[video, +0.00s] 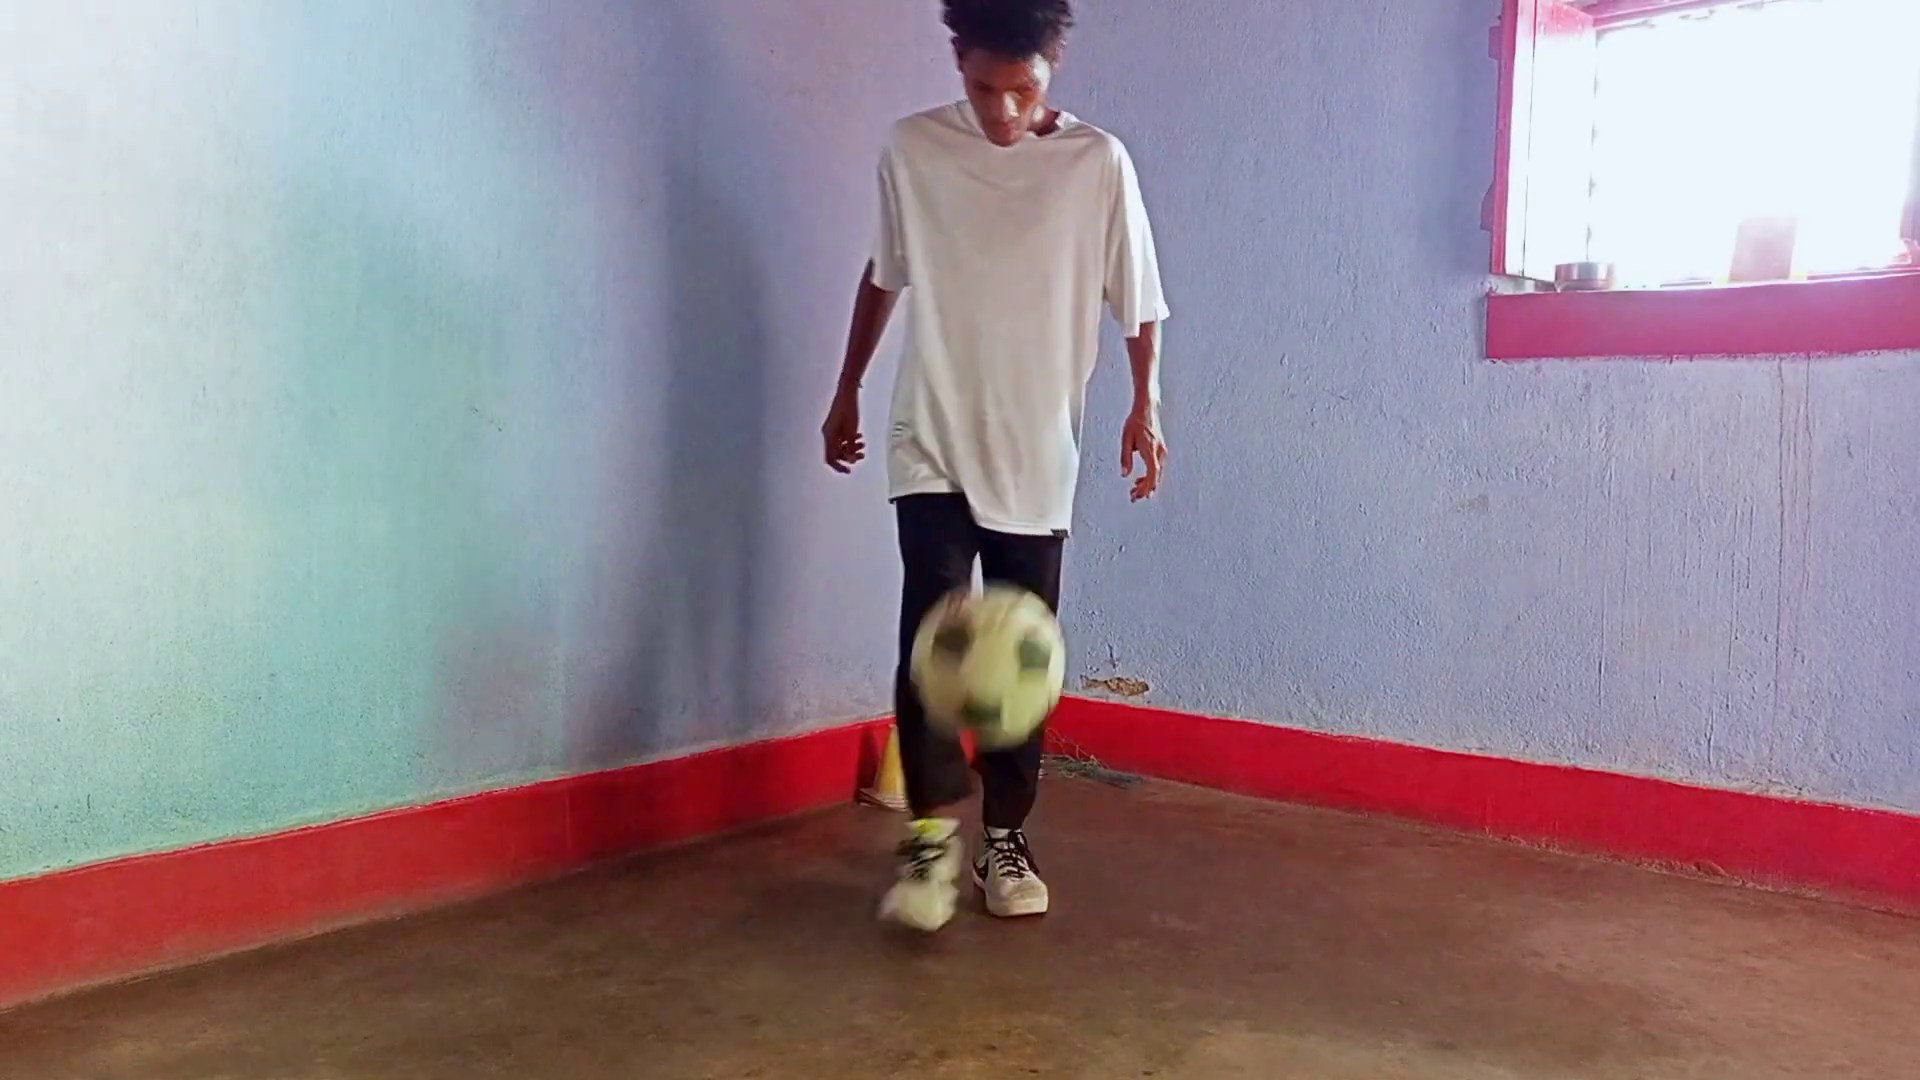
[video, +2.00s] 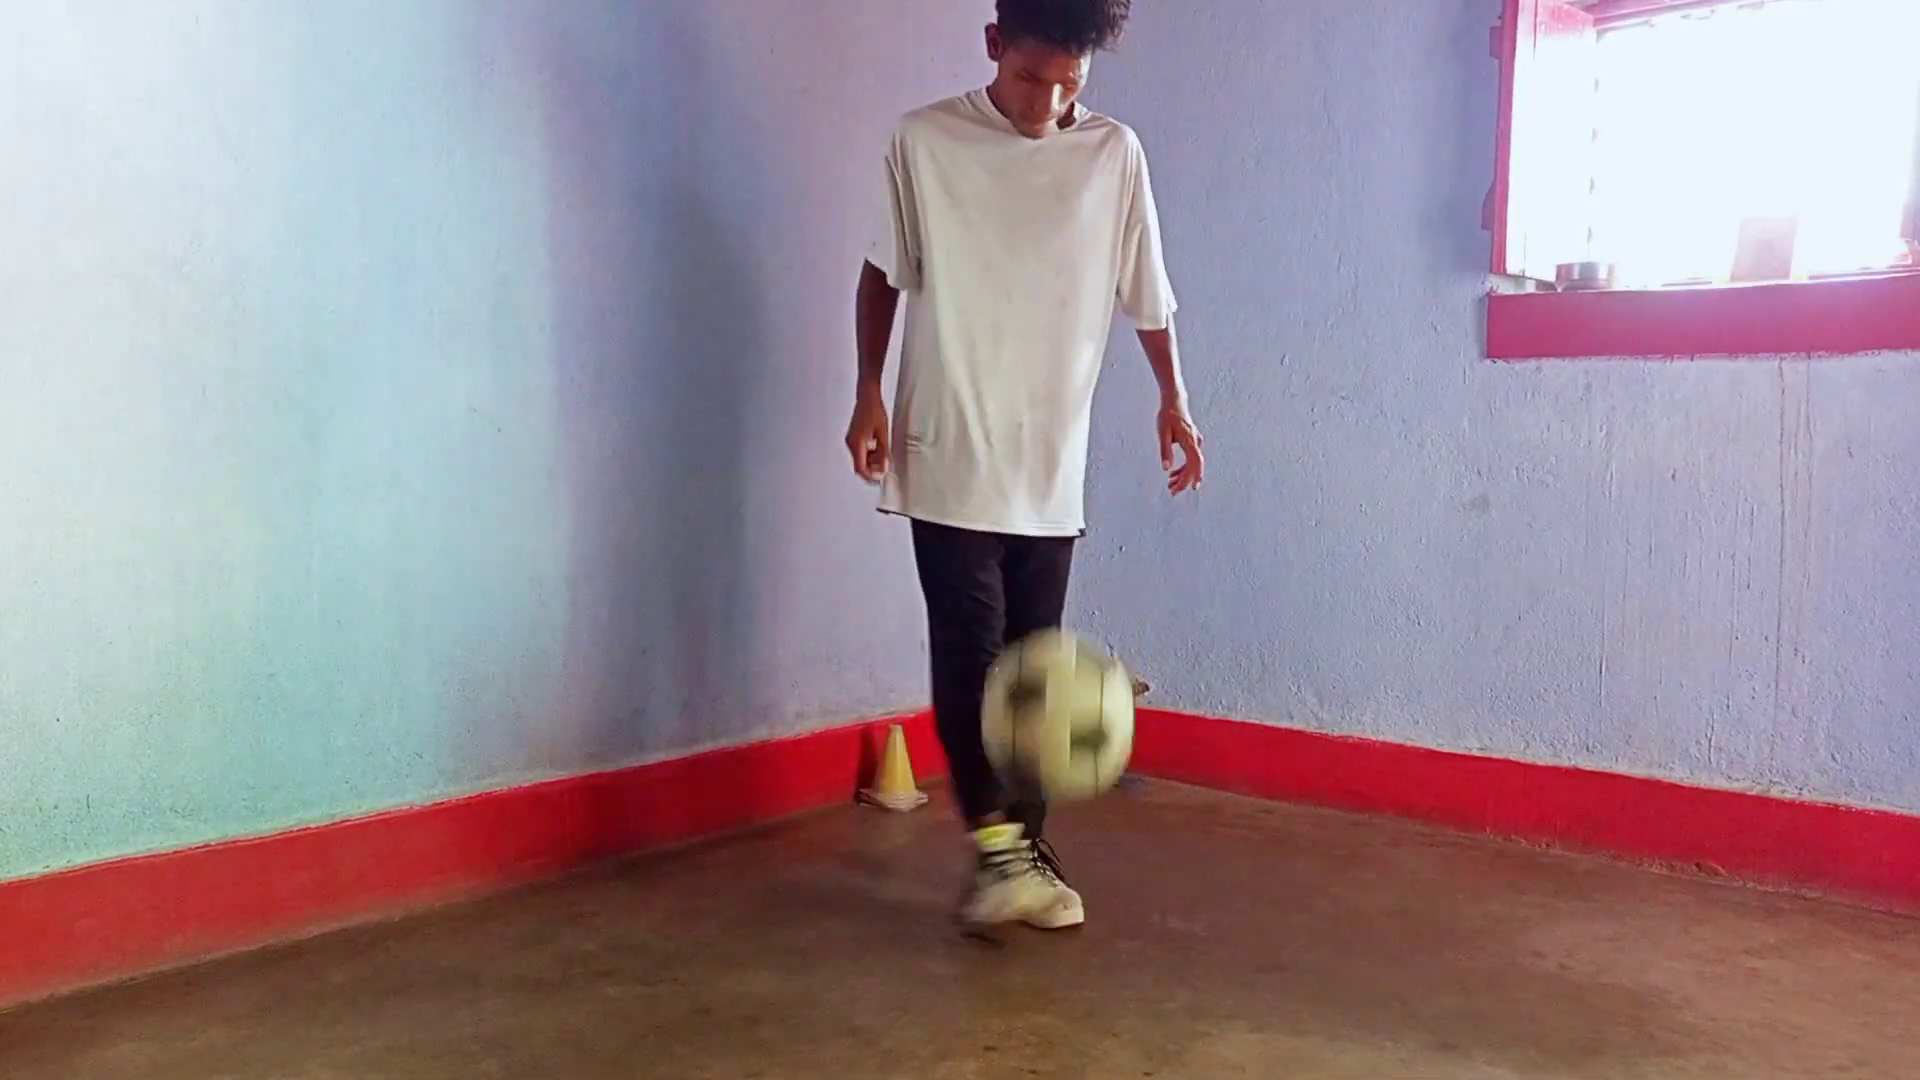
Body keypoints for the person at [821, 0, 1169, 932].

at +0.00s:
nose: (1004, 110)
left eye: (1024, 91)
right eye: (987, 89)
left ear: (1056, 67)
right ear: (960, 61)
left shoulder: (1098, 161)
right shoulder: (913, 148)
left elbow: (1138, 297)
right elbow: (883, 276)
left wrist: (1145, 408)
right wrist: (847, 391)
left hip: (1036, 439)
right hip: (929, 430)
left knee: (1026, 645)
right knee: (930, 630)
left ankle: (1006, 841)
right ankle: (930, 841)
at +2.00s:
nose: (1049, 101)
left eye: (1067, 84)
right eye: (1034, 80)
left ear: (1091, 63)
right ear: (994, 45)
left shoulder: (1112, 152)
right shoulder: (923, 140)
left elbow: (1146, 289)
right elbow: (882, 275)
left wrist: (1173, 398)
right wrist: (869, 394)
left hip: (1053, 444)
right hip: (946, 438)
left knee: (1037, 650)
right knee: (970, 640)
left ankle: (1029, 851)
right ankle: (994, 853)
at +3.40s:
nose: (1081, 101)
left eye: (1103, 83)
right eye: (1067, 79)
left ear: (1149, 71)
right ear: (1048, 67)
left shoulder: (1192, 201)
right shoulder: (995, 171)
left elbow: (1281, 307)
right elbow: (937, 297)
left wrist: (1363, 401)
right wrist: (858, 365)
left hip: (1088, 471)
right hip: (985, 432)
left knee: (1078, 669)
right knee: (954, 539)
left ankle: (1015, 866)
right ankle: (915, 760)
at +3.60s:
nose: (1072, 60)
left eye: (1093, 39)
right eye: (1059, 37)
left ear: (1146, 28)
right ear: (1045, 31)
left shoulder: (1210, 130)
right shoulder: (1009, 123)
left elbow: (1253, 230)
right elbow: (929, 233)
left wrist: (1276, 305)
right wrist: (793, 239)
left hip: (1087, 404)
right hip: (994, 348)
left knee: (1077, 616)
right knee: (859, 296)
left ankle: (1041, 833)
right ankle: (704, 458)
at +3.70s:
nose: (1041, 59)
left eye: (1058, 39)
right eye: (1026, 42)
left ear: (1106, 27)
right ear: (1010, 39)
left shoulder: (1183, 121)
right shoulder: (992, 127)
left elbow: (1278, 222)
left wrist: (1347, 311)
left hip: (1089, 401)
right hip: (1001, 350)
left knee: (1067, 616)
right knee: (919, 202)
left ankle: (1056, 841)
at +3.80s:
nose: (1008, 85)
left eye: (1023, 59)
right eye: (990, 66)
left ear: (1068, 36)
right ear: (972, 60)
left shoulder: (1148, 132)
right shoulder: (990, 162)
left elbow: (1267, 210)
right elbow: (970, 297)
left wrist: (1382, 294)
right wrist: (866, 339)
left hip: (1084, 421)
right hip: (994, 391)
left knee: (1062, 631)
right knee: (939, 214)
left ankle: (1052, 853)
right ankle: (859, 264)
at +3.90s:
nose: (1007, 94)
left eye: (1021, 71)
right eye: (989, 76)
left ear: (1069, 49)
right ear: (974, 71)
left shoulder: (1136, 139)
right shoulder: (992, 175)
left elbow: (1210, 192)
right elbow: (980, 295)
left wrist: (1245, 224)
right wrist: (935, 378)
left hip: (1081, 437)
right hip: (999, 417)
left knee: (1061, 638)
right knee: (948, 291)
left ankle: (1048, 852)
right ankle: (898, 464)